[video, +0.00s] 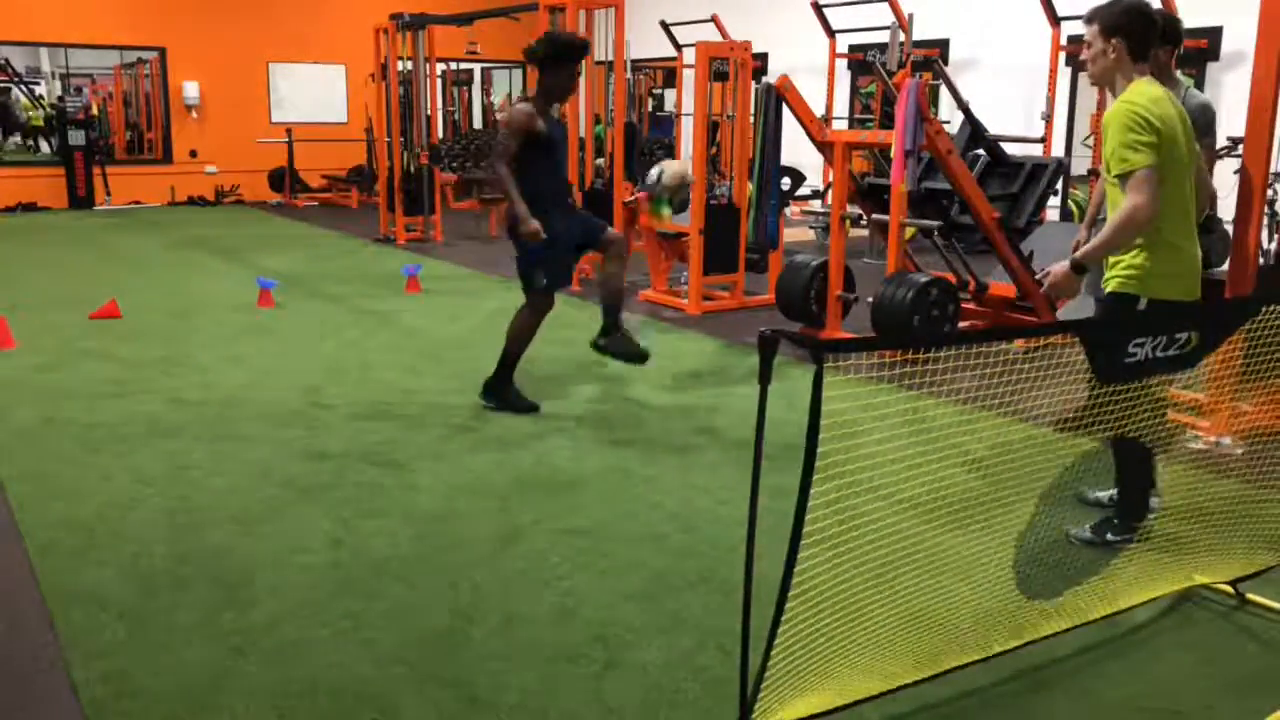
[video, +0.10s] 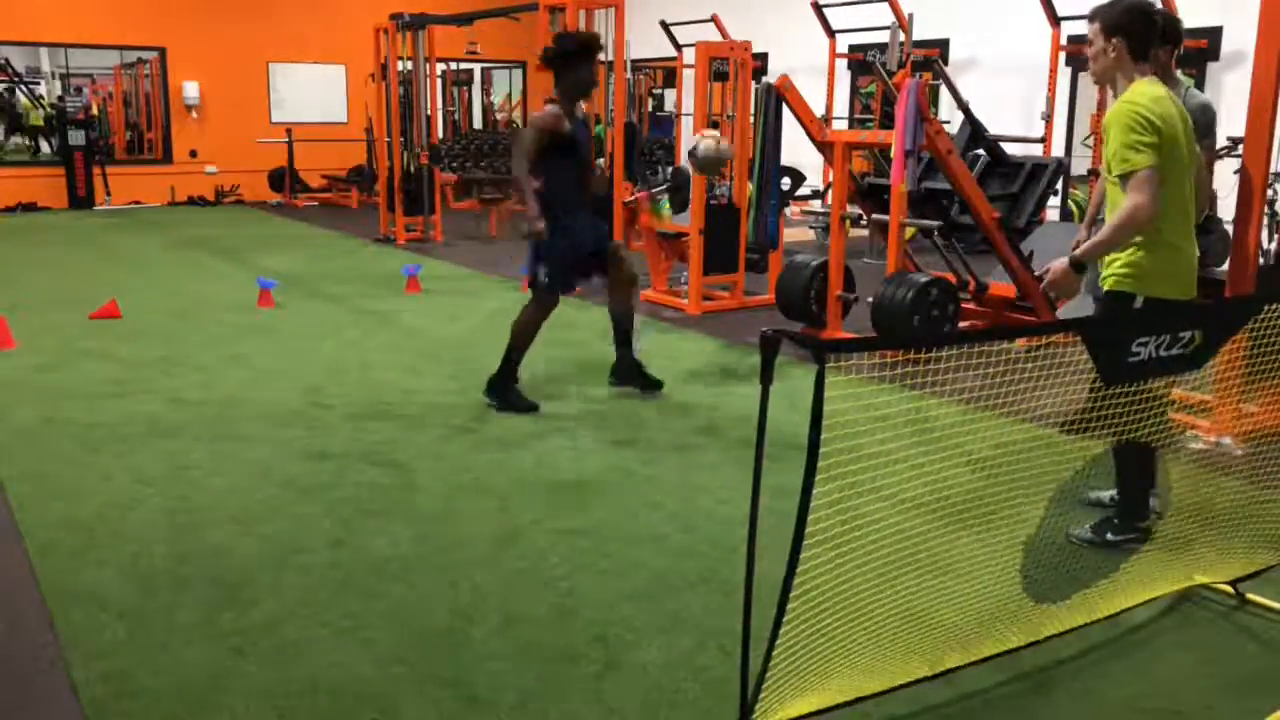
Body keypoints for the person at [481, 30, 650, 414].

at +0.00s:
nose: (575, 85)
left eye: (577, 76)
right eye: (571, 76)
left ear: (558, 77)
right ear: (549, 74)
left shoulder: (552, 119)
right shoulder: (522, 115)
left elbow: (551, 175)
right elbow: (499, 165)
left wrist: (570, 209)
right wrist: (523, 215)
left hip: (564, 216)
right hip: (536, 222)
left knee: (616, 243)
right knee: (540, 301)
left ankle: (612, 331)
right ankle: (499, 383)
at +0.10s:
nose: (596, 77)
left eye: (595, 69)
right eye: (590, 69)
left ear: (578, 74)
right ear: (568, 73)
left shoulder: (581, 118)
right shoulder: (543, 120)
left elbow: (581, 170)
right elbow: (520, 170)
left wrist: (602, 186)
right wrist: (534, 215)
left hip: (586, 223)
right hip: (557, 225)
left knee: (621, 275)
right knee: (543, 301)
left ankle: (625, 362)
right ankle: (502, 380)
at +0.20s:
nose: (604, 87)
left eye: (602, 79)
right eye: (598, 80)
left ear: (583, 88)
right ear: (580, 87)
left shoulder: (595, 127)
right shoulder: (570, 128)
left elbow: (603, 169)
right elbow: (531, 168)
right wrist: (504, 211)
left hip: (610, 226)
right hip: (595, 229)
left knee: (630, 297)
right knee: (626, 299)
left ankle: (615, 373)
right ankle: (560, 354)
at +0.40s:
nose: (631, 99)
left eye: (627, 95)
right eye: (624, 96)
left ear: (610, 107)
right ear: (610, 106)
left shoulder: (628, 138)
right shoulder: (606, 142)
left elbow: (657, 152)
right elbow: (568, 172)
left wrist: (686, 148)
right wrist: (550, 194)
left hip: (657, 230)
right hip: (669, 222)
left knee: (664, 302)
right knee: (738, 218)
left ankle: (619, 373)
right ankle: (794, 223)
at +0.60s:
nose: (680, 102)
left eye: (674, 99)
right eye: (675, 98)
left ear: (644, 111)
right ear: (674, 105)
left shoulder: (640, 147)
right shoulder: (700, 140)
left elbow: (604, 168)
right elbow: (729, 182)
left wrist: (563, 169)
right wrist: (761, 210)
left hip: (692, 237)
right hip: (728, 229)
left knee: (706, 305)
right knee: (792, 234)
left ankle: (668, 366)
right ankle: (815, 316)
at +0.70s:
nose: (707, 122)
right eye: (703, 115)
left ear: (665, 131)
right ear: (699, 124)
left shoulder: (663, 169)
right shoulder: (729, 155)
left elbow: (621, 200)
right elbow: (775, 175)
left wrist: (587, 230)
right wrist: (806, 195)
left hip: (709, 257)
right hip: (745, 248)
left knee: (718, 307)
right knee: (780, 310)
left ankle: (709, 365)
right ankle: (819, 363)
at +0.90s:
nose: (641, 127)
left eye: (644, 122)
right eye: (643, 121)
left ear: (651, 127)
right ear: (680, 126)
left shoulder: (659, 166)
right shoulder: (698, 163)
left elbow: (679, 211)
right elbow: (713, 209)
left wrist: (688, 258)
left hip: (694, 257)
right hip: (722, 251)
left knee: (670, 317)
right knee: (765, 311)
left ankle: (711, 362)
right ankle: (824, 370)